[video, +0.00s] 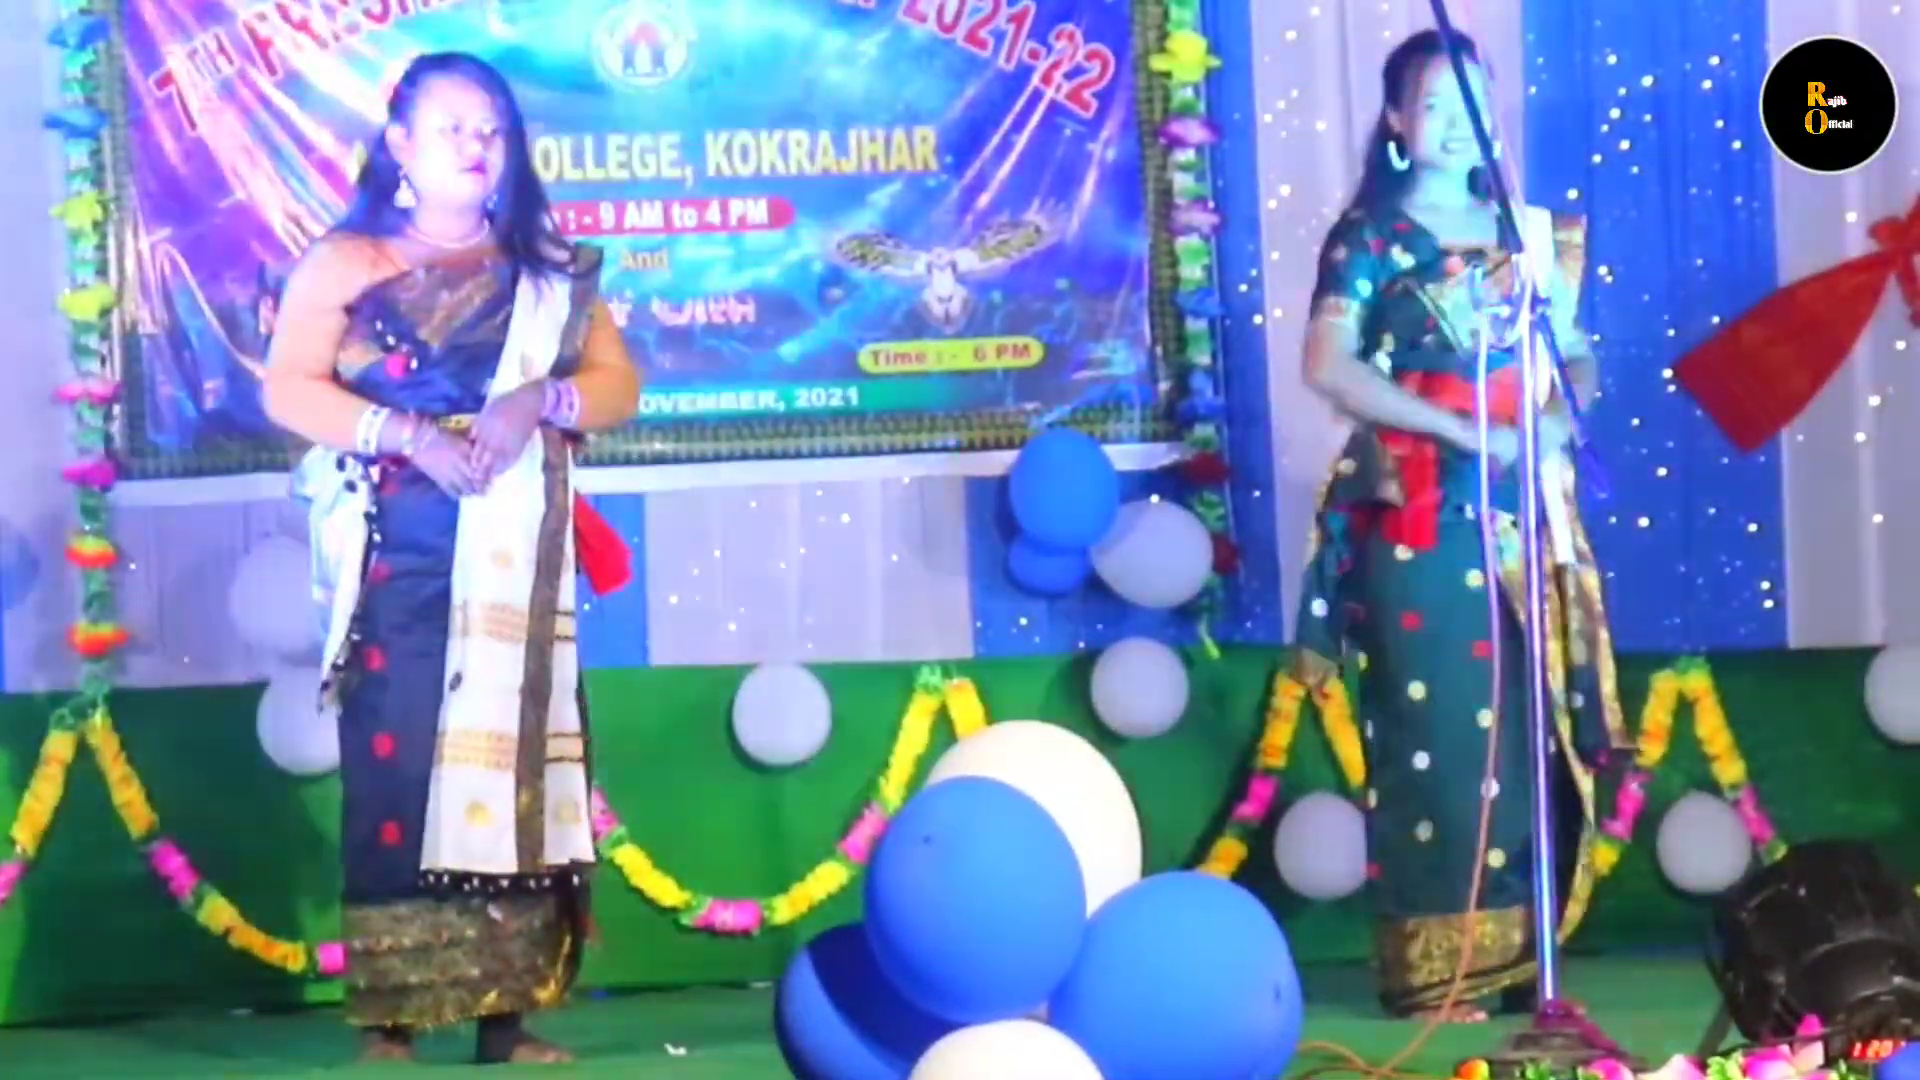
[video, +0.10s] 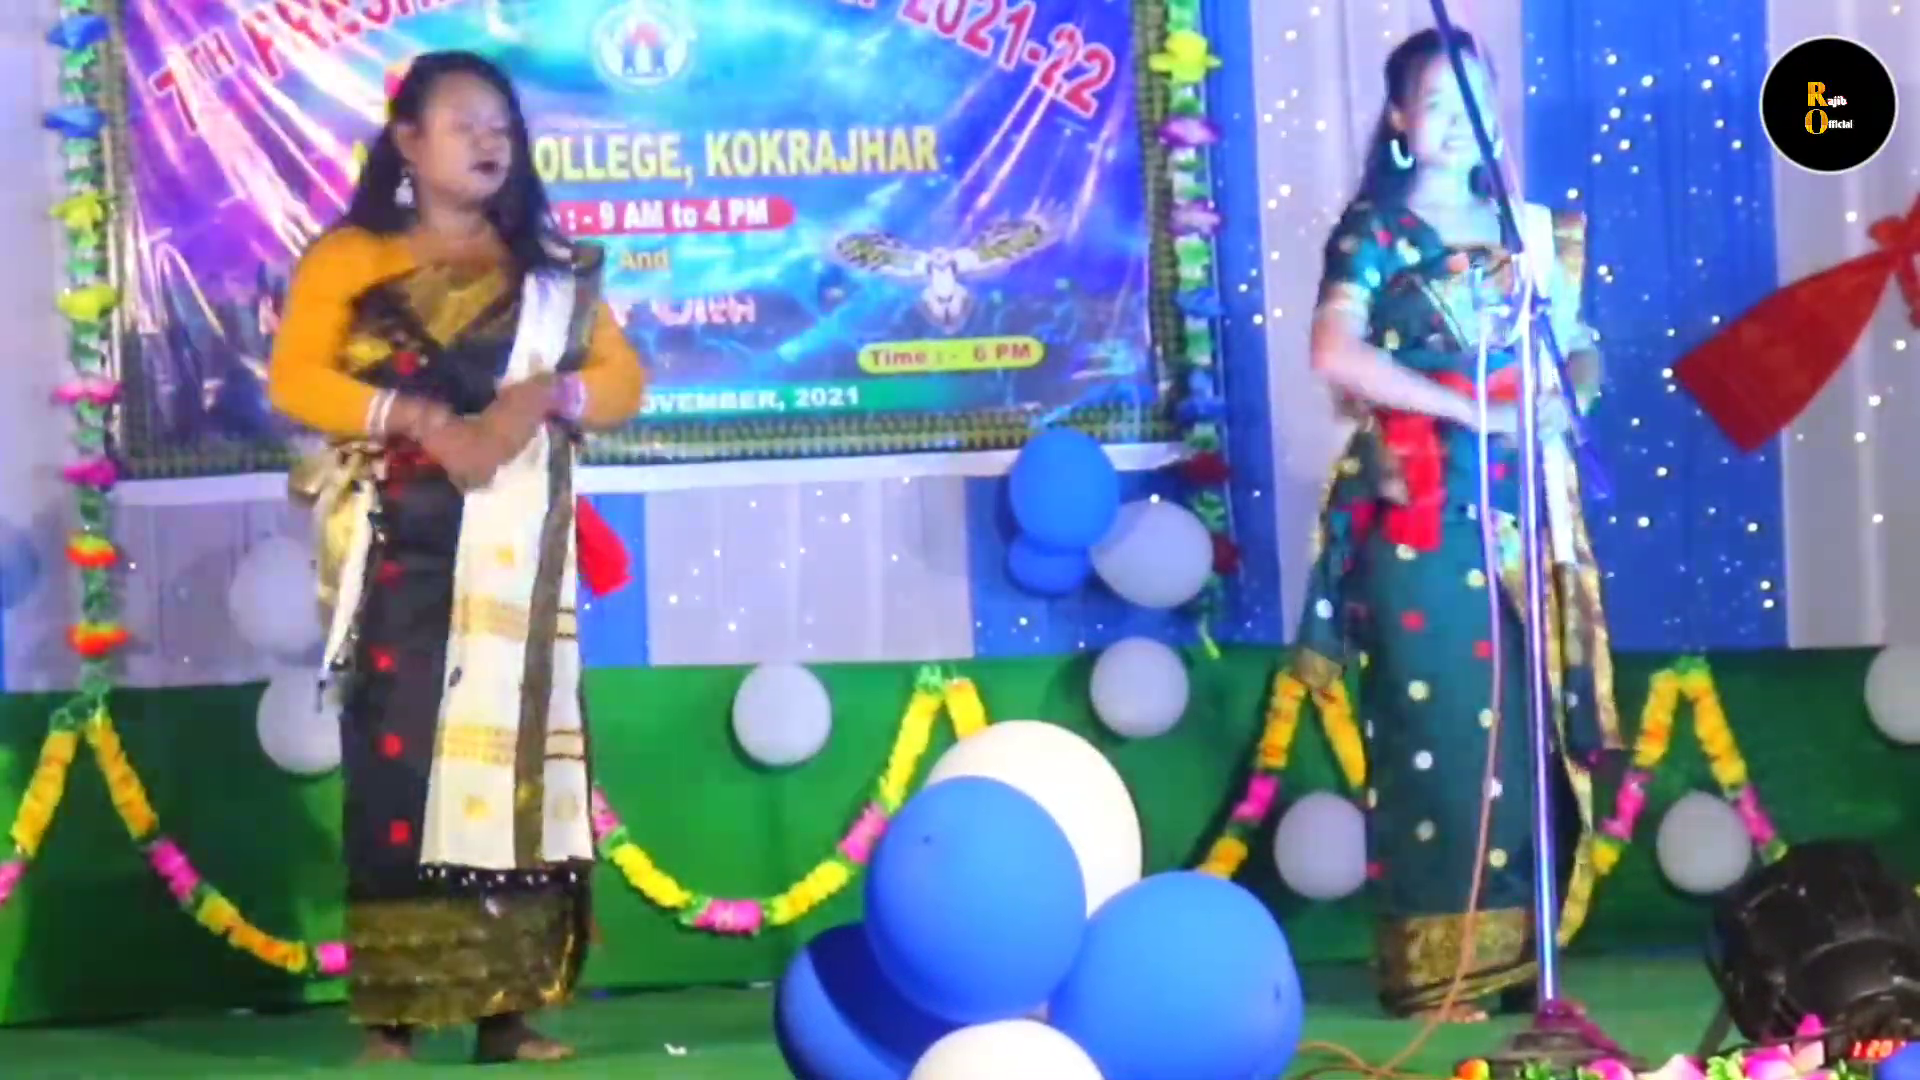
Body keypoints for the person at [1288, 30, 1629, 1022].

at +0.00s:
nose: (1454, 122)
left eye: (1469, 104)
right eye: (1434, 104)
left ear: (1490, 114)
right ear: (1397, 117)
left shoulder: (1522, 228)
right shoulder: (1370, 235)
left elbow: (1568, 387)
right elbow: (1331, 368)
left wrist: (1562, 323)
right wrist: (1463, 429)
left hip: (1524, 515)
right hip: (1421, 517)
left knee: (1533, 728)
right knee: (1438, 730)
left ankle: (1525, 963)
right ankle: (1434, 967)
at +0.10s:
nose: (1455, 122)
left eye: (1470, 104)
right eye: (1436, 105)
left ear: (1491, 113)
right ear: (1399, 117)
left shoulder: (1520, 227)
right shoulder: (1372, 230)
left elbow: (1570, 375)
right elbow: (1334, 356)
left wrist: (1559, 329)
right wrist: (1465, 406)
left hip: (1524, 509)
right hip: (1422, 512)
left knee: (1527, 725)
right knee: (1440, 724)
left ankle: (1523, 960)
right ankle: (1434, 962)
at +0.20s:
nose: (1458, 120)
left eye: (1472, 102)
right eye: (1440, 103)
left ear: (1494, 111)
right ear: (1405, 115)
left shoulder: (1520, 225)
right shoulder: (1383, 226)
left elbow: (1564, 364)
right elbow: (1352, 361)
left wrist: (1551, 293)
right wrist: (1480, 415)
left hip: (1523, 502)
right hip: (1428, 507)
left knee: (1524, 722)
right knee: (1440, 722)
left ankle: (1517, 955)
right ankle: (1430, 964)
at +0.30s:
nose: (1466, 131)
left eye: (1481, 111)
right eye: (1446, 112)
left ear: (1504, 119)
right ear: (1413, 125)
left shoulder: (1520, 234)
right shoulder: (1401, 235)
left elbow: (1548, 372)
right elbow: (1367, 385)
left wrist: (1550, 434)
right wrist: (1478, 459)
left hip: (1516, 512)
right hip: (1432, 515)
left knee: (1520, 727)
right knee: (1438, 729)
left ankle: (1512, 955)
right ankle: (1428, 963)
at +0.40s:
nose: (1472, 151)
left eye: (1487, 132)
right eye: (1452, 136)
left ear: (1517, 141)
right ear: (1426, 153)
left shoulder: (1535, 262)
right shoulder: (1427, 260)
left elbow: (1544, 403)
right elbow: (1425, 419)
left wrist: (1578, 497)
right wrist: (1515, 521)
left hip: (1522, 528)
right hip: (1448, 527)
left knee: (1570, 737)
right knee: (1496, 734)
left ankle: (1523, 953)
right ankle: (1430, 952)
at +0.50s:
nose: (1503, 139)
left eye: (1510, 119)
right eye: (1478, 125)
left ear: (1530, 129)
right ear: (1441, 145)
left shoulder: (1525, 248)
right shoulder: (1448, 244)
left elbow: (1536, 390)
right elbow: (1441, 391)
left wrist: (1609, 446)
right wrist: (1549, 435)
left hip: (1513, 529)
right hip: (1460, 531)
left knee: (1563, 727)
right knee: (1554, 727)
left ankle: (1451, 907)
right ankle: (1477, 929)